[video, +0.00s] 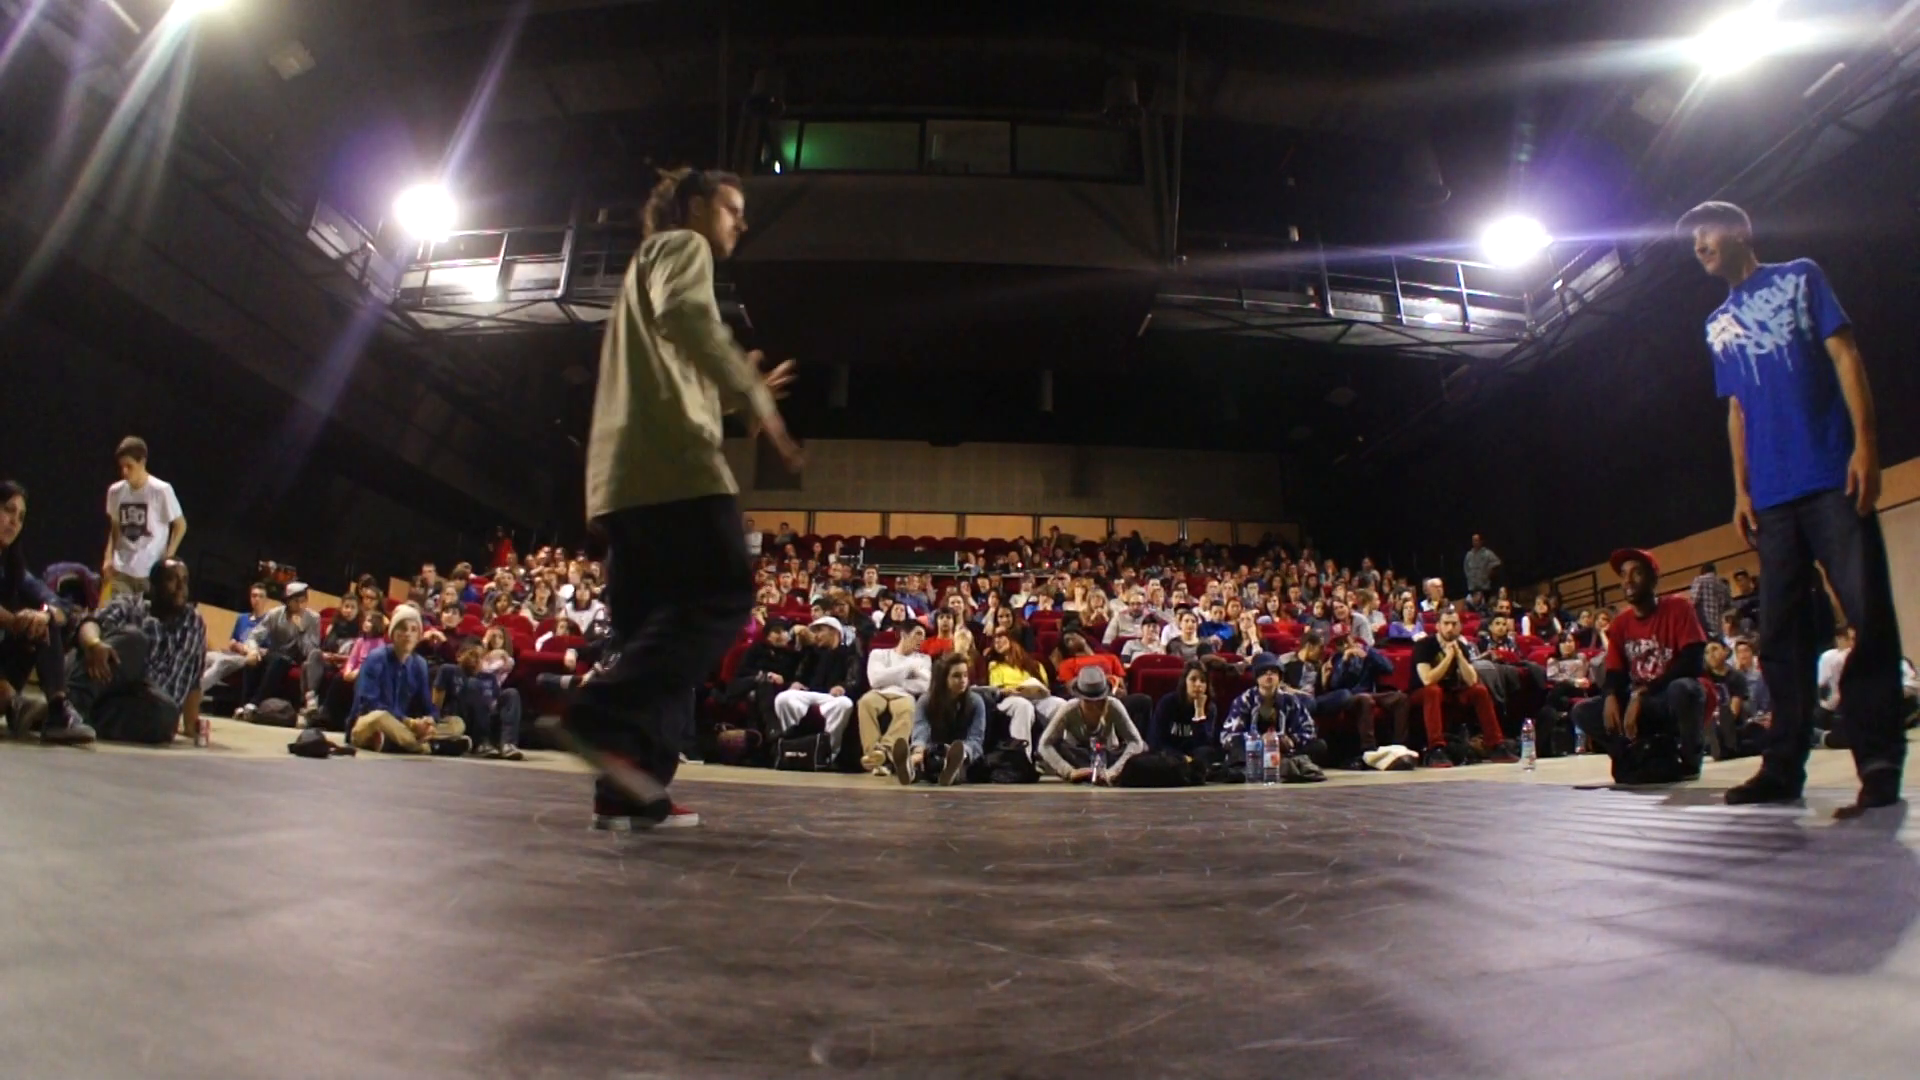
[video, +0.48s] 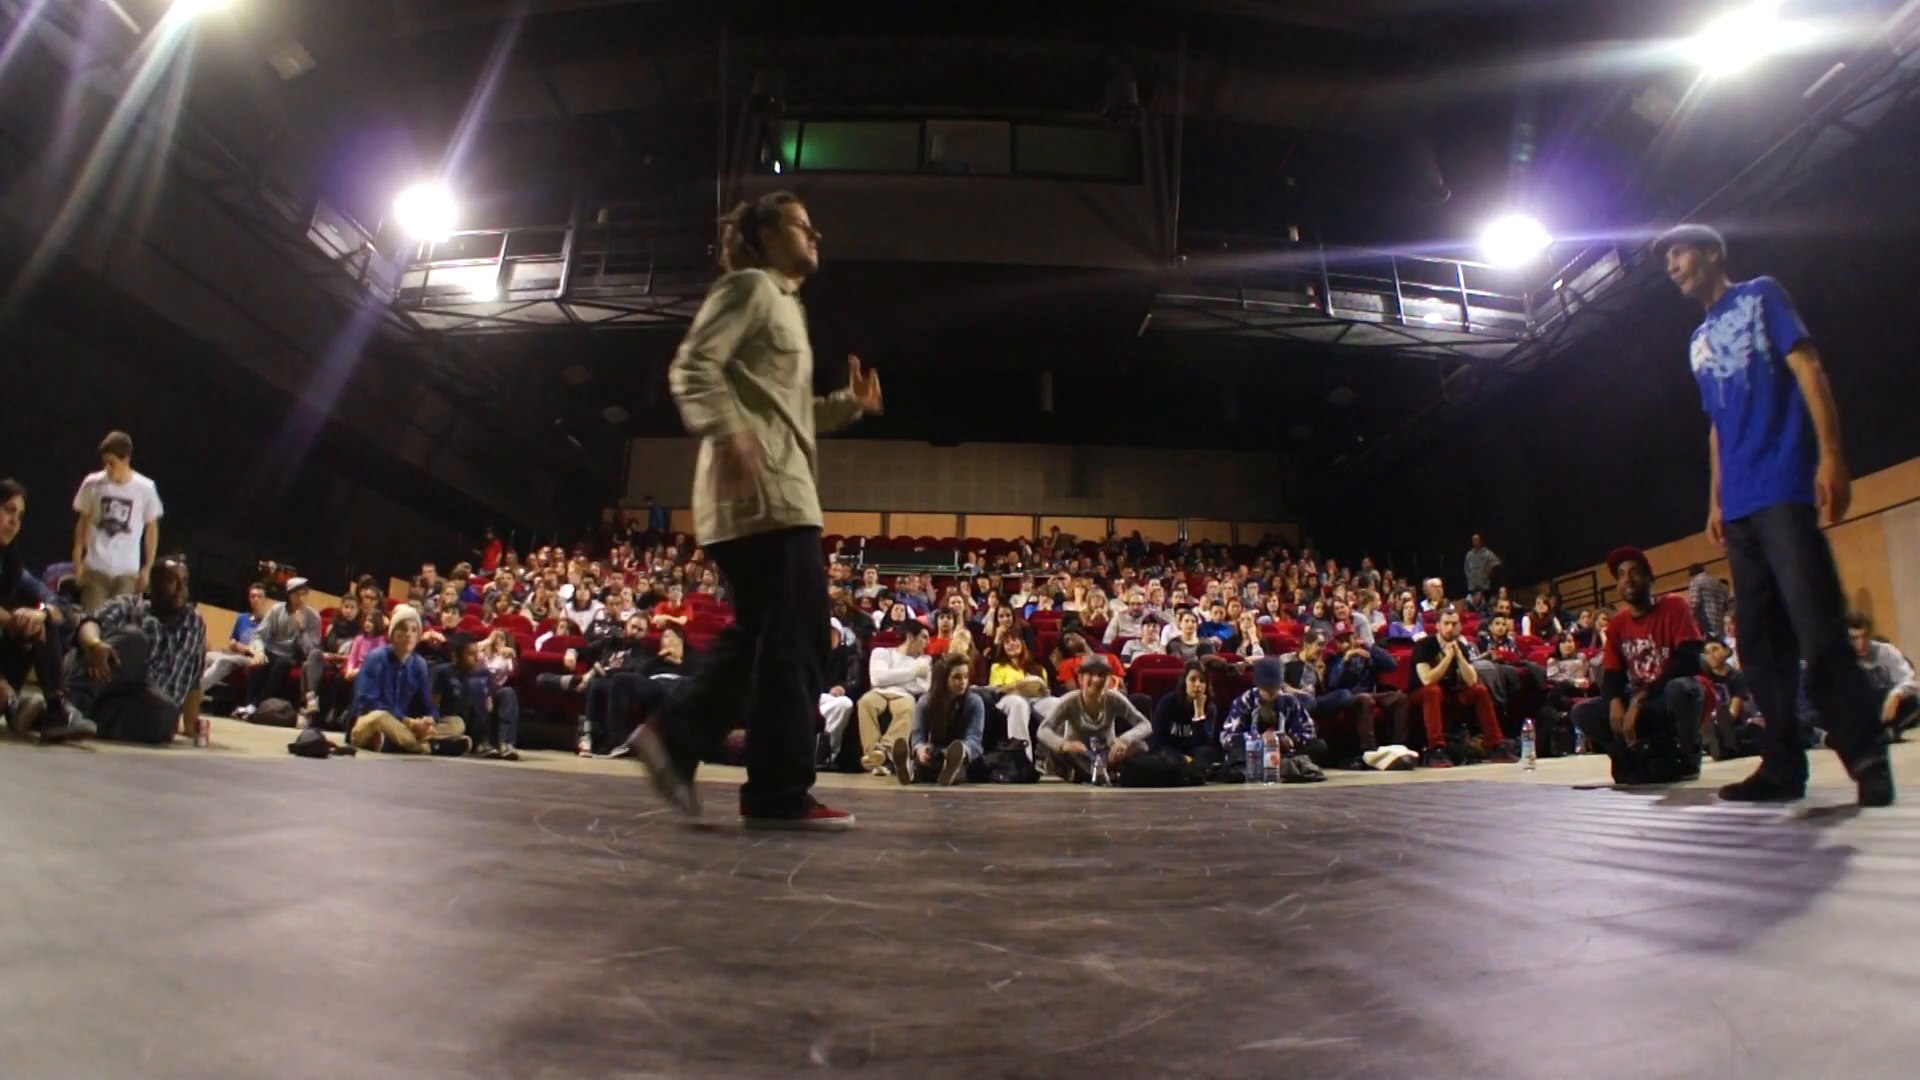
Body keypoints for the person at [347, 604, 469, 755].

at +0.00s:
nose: (408, 634)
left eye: (414, 630)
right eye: (402, 629)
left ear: (419, 635)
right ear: (392, 633)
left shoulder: (420, 664)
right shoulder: (376, 659)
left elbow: (427, 707)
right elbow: (368, 703)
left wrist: (429, 721)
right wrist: (407, 722)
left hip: (411, 725)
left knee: (457, 724)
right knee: (380, 717)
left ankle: (394, 743)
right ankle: (425, 748)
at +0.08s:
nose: (408, 634)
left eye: (414, 630)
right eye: (402, 629)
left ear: (419, 635)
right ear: (392, 633)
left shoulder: (420, 664)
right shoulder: (375, 659)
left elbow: (426, 706)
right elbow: (367, 703)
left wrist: (429, 721)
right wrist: (406, 722)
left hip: (410, 725)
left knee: (457, 724)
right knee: (380, 717)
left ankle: (391, 744)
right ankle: (425, 748)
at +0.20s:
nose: (408, 634)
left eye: (414, 630)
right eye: (403, 629)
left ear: (419, 635)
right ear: (392, 633)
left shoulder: (420, 665)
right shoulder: (375, 658)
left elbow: (426, 706)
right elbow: (367, 702)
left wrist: (430, 721)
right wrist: (406, 722)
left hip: (411, 725)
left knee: (457, 723)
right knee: (380, 717)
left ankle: (391, 744)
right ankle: (425, 748)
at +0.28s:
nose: (409, 634)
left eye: (414, 630)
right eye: (403, 629)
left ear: (419, 635)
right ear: (392, 633)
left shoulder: (420, 664)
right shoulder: (375, 658)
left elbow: (427, 706)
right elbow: (367, 702)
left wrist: (430, 720)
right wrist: (406, 722)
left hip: (411, 725)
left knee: (457, 724)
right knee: (380, 717)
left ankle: (391, 744)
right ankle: (425, 748)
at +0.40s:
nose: (409, 635)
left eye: (414, 630)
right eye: (403, 629)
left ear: (419, 635)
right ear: (392, 633)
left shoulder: (420, 665)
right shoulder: (375, 659)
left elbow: (427, 706)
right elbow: (366, 702)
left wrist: (430, 721)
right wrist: (406, 722)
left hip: (411, 725)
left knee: (457, 724)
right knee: (380, 717)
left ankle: (391, 744)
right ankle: (425, 748)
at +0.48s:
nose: (409, 635)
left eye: (414, 630)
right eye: (403, 629)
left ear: (419, 635)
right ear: (392, 633)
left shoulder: (419, 665)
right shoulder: (375, 659)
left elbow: (427, 706)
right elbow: (366, 703)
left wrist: (430, 721)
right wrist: (406, 722)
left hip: (411, 725)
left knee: (457, 723)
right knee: (380, 717)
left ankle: (391, 743)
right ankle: (425, 748)